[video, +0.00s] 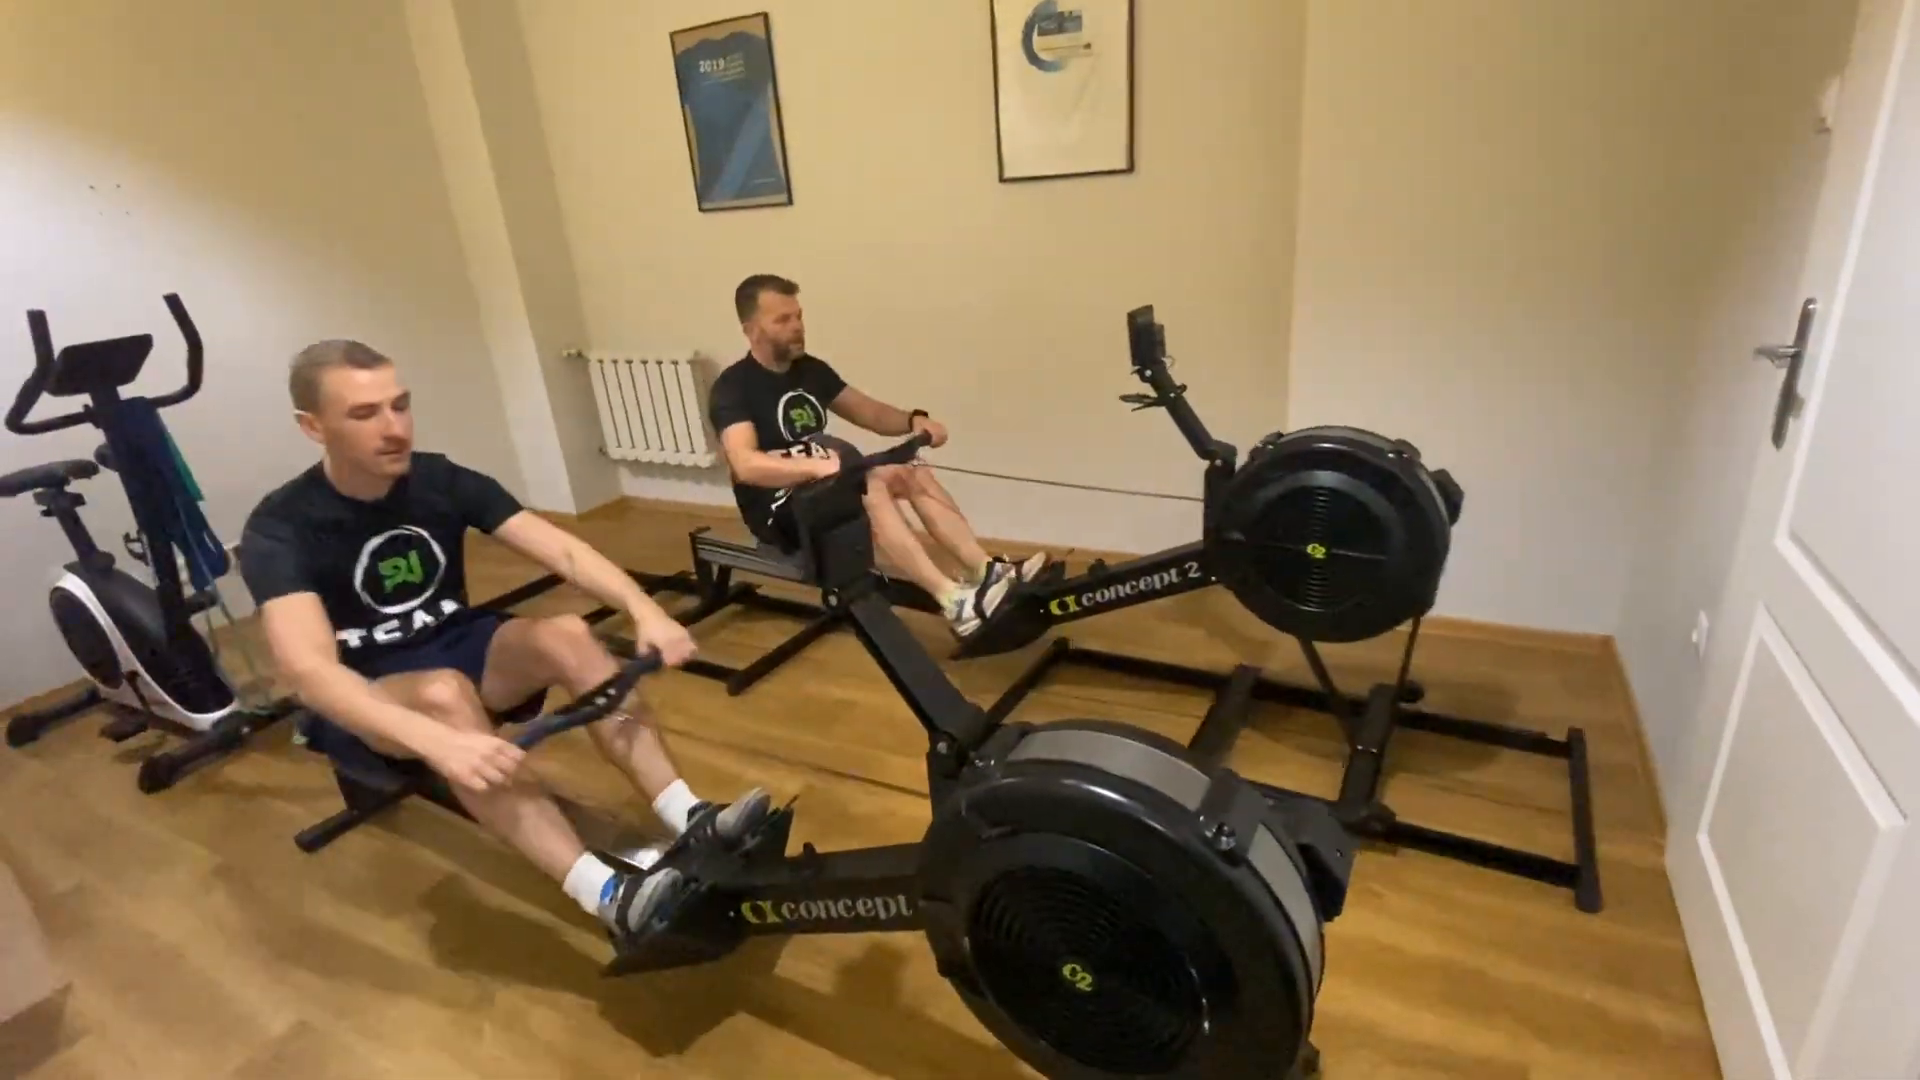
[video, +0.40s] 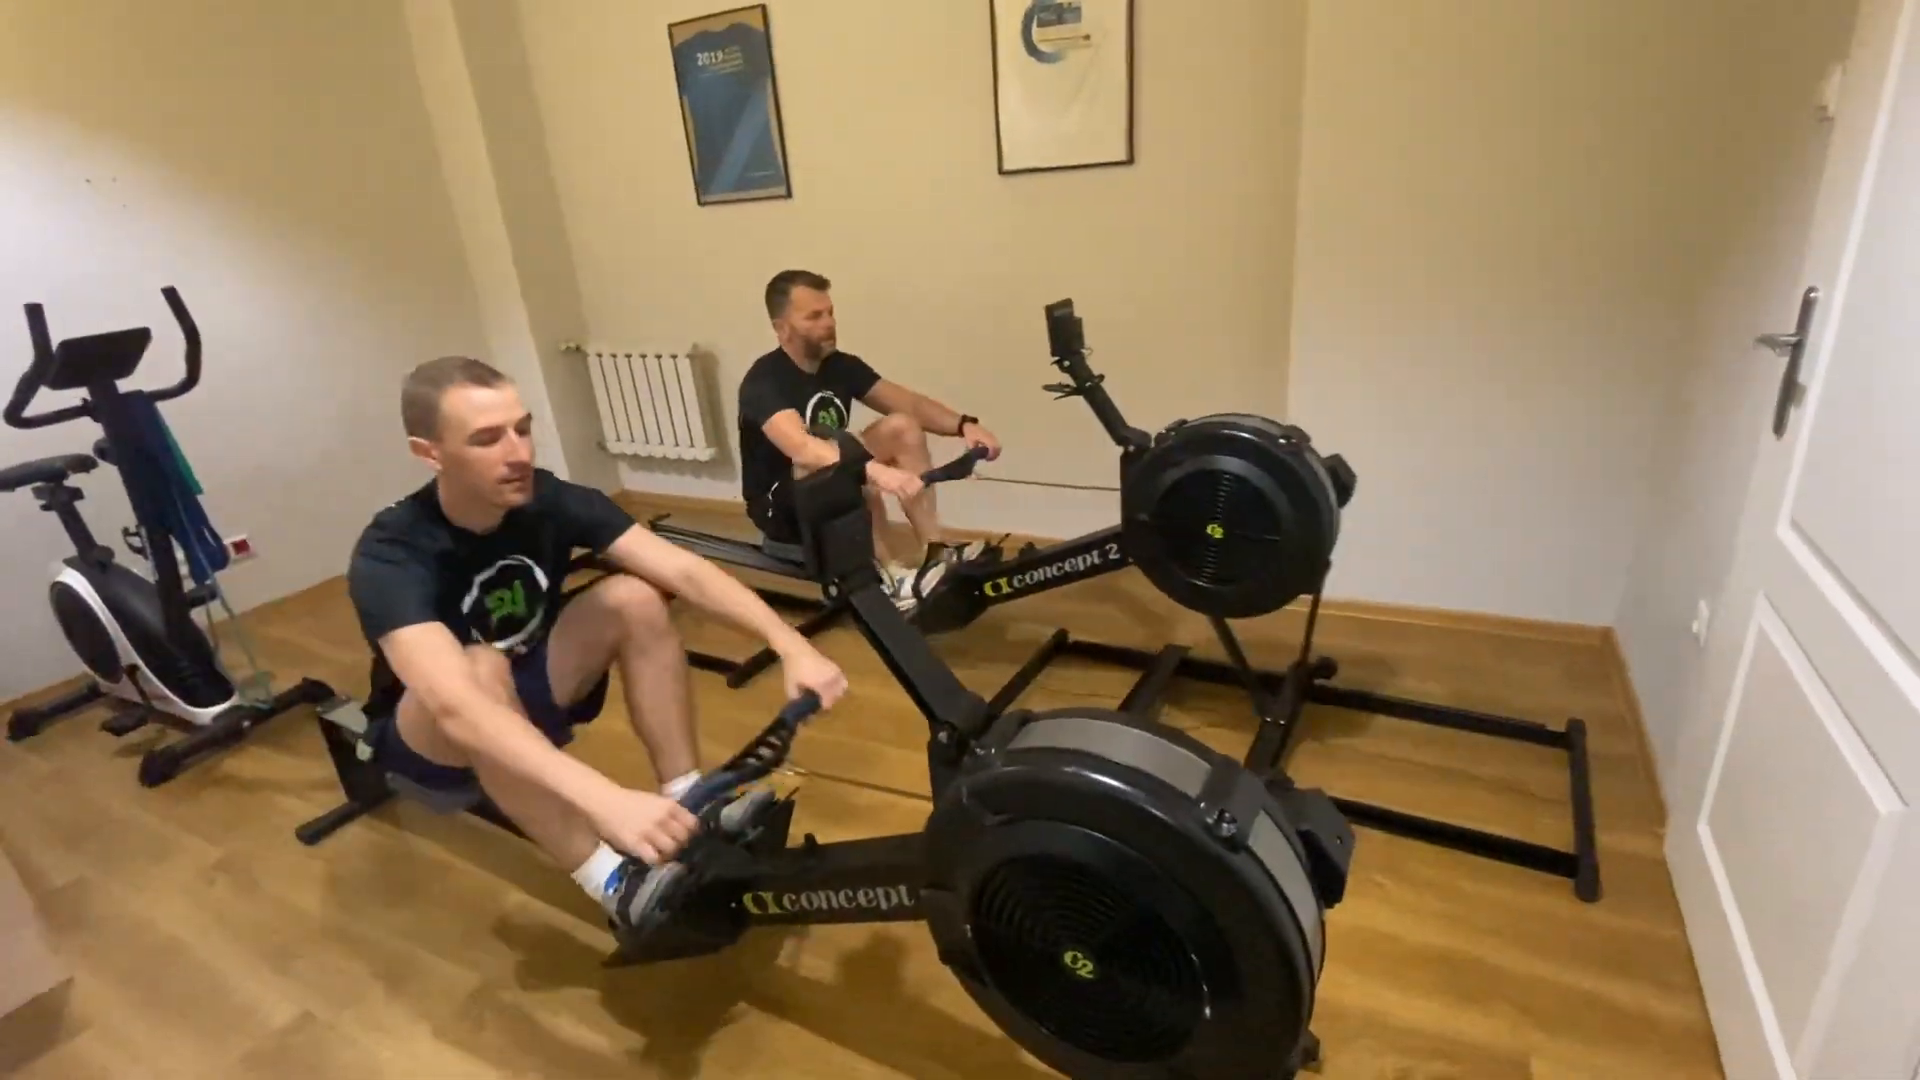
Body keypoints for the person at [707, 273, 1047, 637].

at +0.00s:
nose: (798, 327)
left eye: (798, 317)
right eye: (785, 320)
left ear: (800, 316)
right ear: (751, 329)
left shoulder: (809, 370)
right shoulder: (733, 388)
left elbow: (867, 412)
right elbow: (746, 467)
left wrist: (913, 420)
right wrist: (816, 468)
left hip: (836, 490)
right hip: (785, 511)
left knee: (915, 475)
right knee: (873, 491)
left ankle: (988, 573)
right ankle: (953, 601)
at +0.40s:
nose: (830, 324)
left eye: (830, 313)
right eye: (815, 317)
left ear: (834, 309)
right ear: (783, 328)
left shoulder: (840, 366)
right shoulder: (762, 382)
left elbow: (909, 405)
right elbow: (804, 450)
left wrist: (966, 425)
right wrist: (874, 471)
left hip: (832, 483)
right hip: (780, 507)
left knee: (902, 429)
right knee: (855, 482)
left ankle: (937, 552)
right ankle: (891, 575)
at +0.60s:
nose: (849, 328)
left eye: (849, 317)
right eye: (835, 320)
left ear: (852, 316)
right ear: (800, 331)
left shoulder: (856, 368)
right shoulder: (785, 384)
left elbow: (928, 402)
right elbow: (830, 450)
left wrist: (992, 428)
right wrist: (915, 480)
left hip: (829, 487)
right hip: (777, 506)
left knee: (899, 419)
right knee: (823, 451)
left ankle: (920, 545)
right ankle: (862, 567)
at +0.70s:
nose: (863, 333)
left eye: (862, 323)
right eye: (849, 327)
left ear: (864, 321)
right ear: (816, 339)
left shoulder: (869, 374)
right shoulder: (798, 393)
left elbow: (949, 406)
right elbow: (857, 448)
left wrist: (1016, 434)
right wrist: (937, 485)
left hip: (832, 493)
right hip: (778, 509)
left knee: (898, 418)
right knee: (823, 443)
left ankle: (910, 544)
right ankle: (862, 565)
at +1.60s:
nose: (751, 319)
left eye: (750, 308)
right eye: (738, 312)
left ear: (747, 306)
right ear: (705, 316)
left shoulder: (760, 356)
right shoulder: (688, 378)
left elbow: (794, 398)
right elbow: (675, 457)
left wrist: (831, 392)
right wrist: (735, 433)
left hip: (829, 473)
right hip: (785, 500)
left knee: (900, 502)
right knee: (879, 534)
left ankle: (1030, 568)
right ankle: (998, 598)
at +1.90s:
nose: (740, 329)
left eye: (742, 317)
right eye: (728, 320)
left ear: (741, 316)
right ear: (693, 324)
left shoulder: (748, 365)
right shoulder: (677, 389)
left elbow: (774, 413)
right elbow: (662, 472)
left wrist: (801, 391)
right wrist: (694, 431)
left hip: (831, 473)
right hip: (788, 501)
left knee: (913, 509)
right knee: (882, 535)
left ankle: (1031, 566)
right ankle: (1001, 598)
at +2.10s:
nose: (749, 319)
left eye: (748, 308)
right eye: (736, 311)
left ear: (745, 307)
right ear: (703, 317)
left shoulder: (754, 357)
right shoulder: (682, 380)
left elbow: (777, 409)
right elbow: (665, 463)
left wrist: (814, 390)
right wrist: (704, 425)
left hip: (824, 469)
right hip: (780, 496)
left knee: (910, 505)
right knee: (878, 531)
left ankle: (1024, 565)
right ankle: (993, 594)